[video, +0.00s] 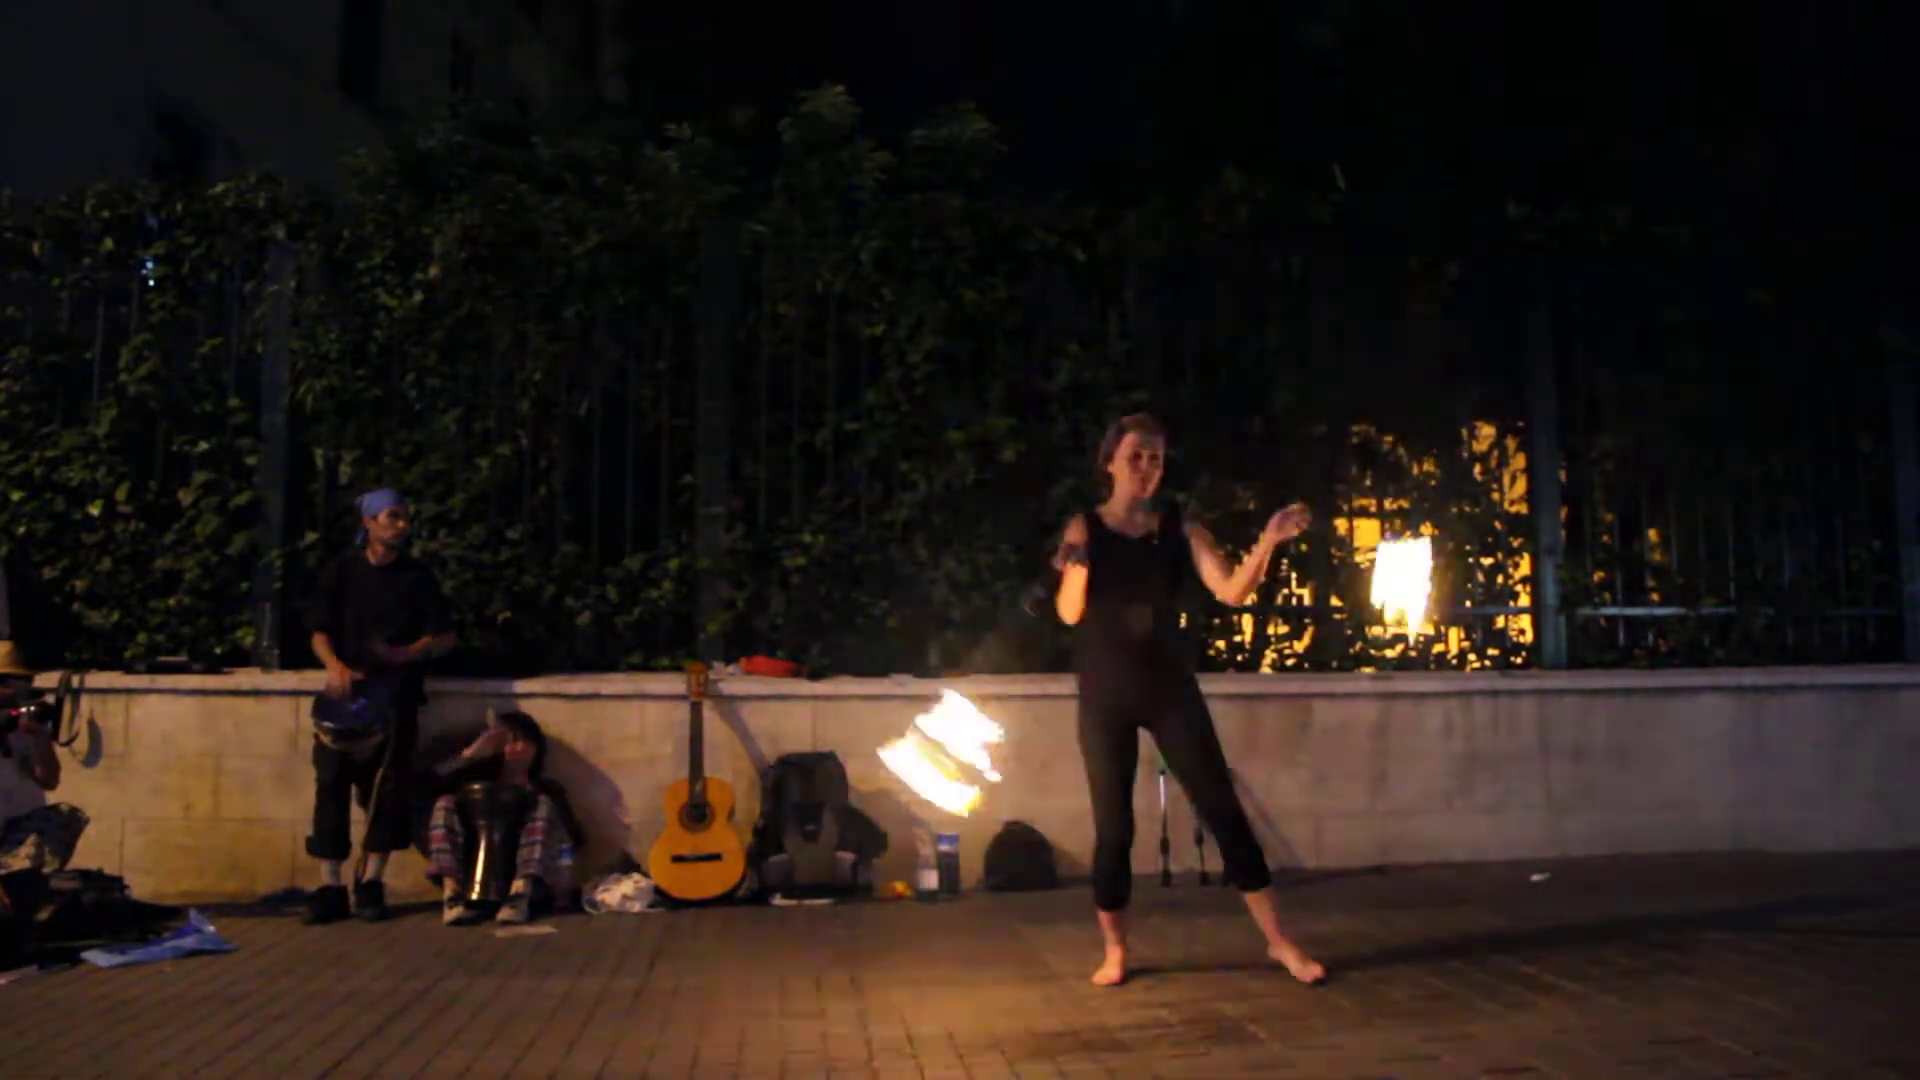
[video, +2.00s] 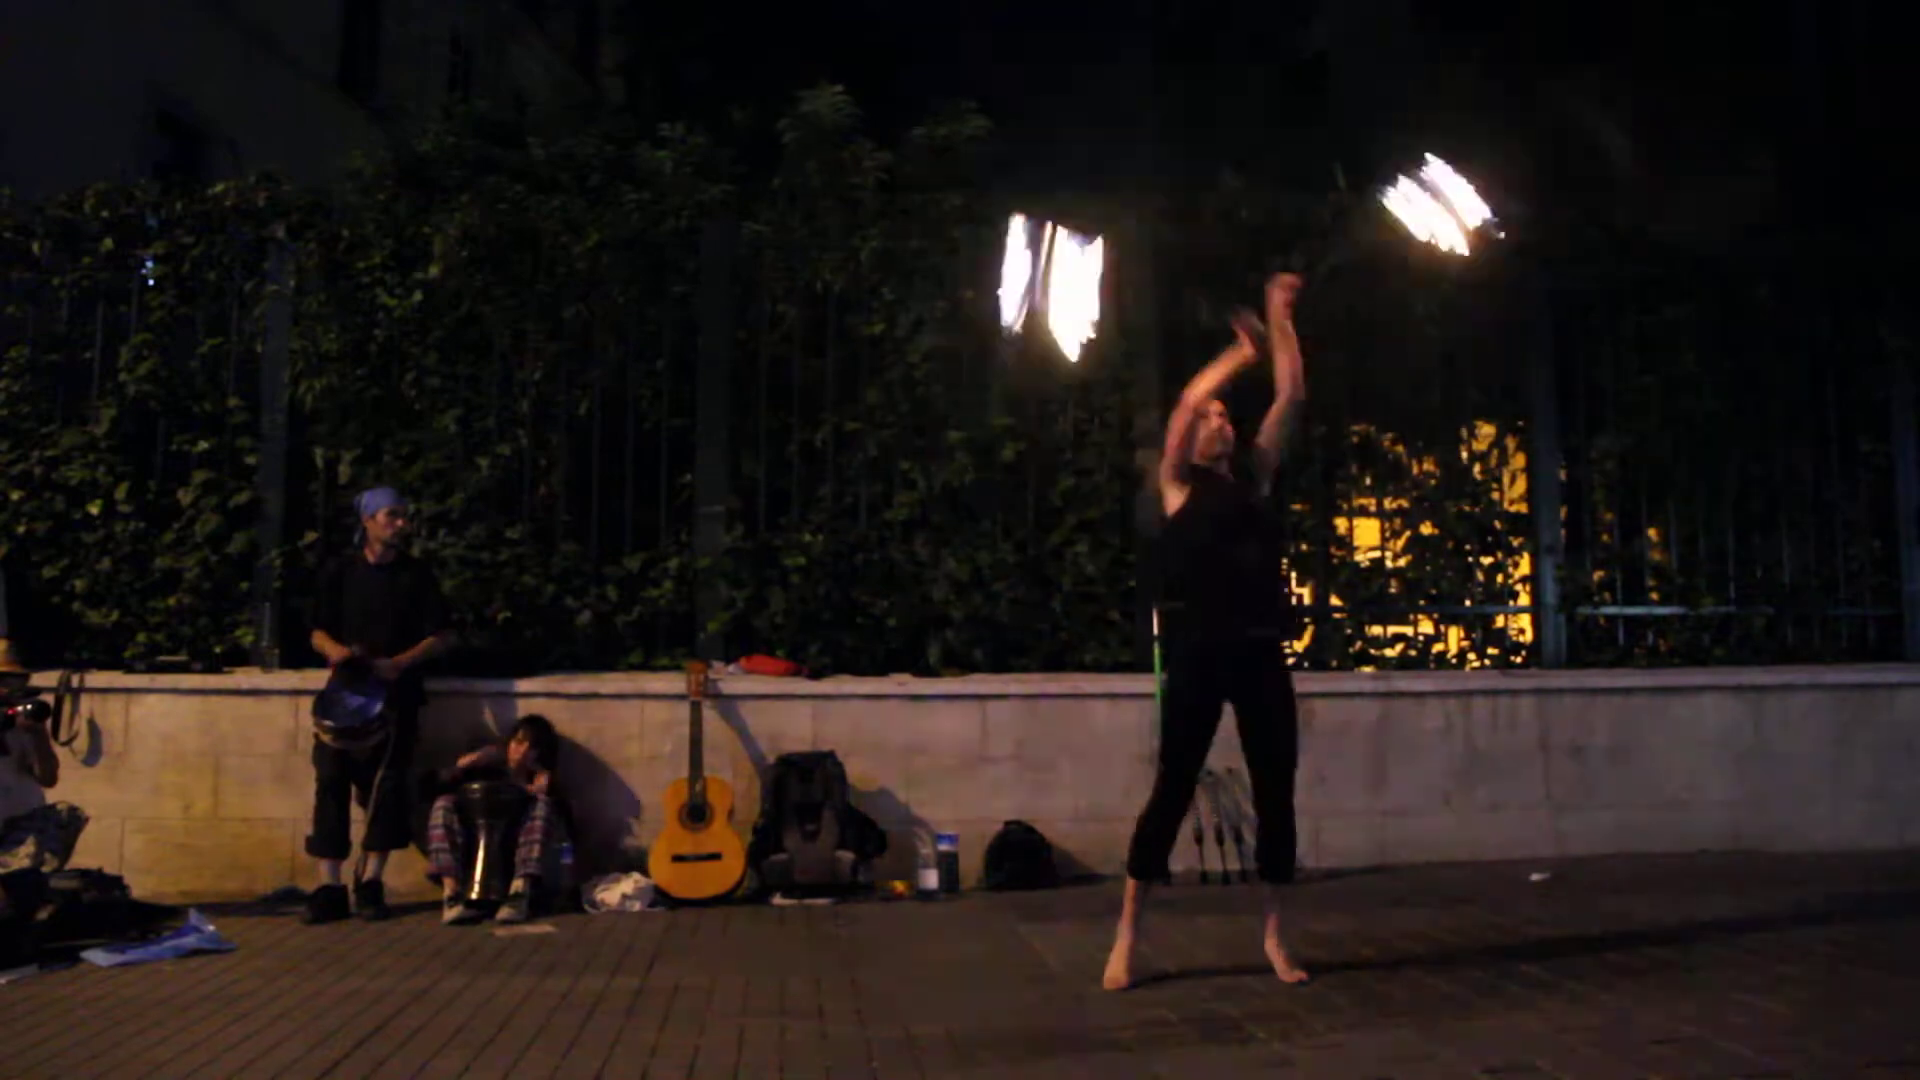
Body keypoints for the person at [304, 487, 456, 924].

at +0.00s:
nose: (402, 525)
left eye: (405, 518)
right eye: (393, 518)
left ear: (407, 524)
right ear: (369, 522)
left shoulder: (417, 575)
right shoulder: (341, 572)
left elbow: (444, 637)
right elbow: (317, 630)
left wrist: (404, 654)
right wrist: (333, 665)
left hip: (397, 695)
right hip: (346, 690)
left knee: (389, 785)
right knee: (331, 783)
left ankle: (371, 881)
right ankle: (331, 883)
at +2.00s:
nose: (401, 524)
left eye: (403, 517)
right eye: (392, 517)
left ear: (403, 523)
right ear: (367, 521)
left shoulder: (416, 573)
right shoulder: (340, 572)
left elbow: (442, 635)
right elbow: (316, 631)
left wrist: (398, 663)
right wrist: (337, 652)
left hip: (396, 692)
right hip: (345, 689)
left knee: (389, 782)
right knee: (331, 781)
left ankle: (370, 880)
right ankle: (330, 882)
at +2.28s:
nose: (401, 524)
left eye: (404, 517)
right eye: (392, 517)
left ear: (405, 523)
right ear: (368, 522)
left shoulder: (416, 574)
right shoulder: (341, 571)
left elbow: (443, 637)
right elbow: (316, 631)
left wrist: (402, 668)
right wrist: (334, 643)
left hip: (395, 691)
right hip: (345, 687)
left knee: (388, 786)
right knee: (331, 783)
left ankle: (371, 881)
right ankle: (330, 883)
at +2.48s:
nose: (399, 526)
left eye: (402, 519)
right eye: (390, 519)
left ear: (405, 525)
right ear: (367, 523)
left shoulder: (417, 575)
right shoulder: (340, 572)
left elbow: (442, 638)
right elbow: (314, 628)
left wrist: (400, 667)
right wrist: (332, 646)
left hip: (395, 693)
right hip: (344, 689)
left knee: (387, 785)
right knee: (330, 783)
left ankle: (371, 881)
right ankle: (330, 883)